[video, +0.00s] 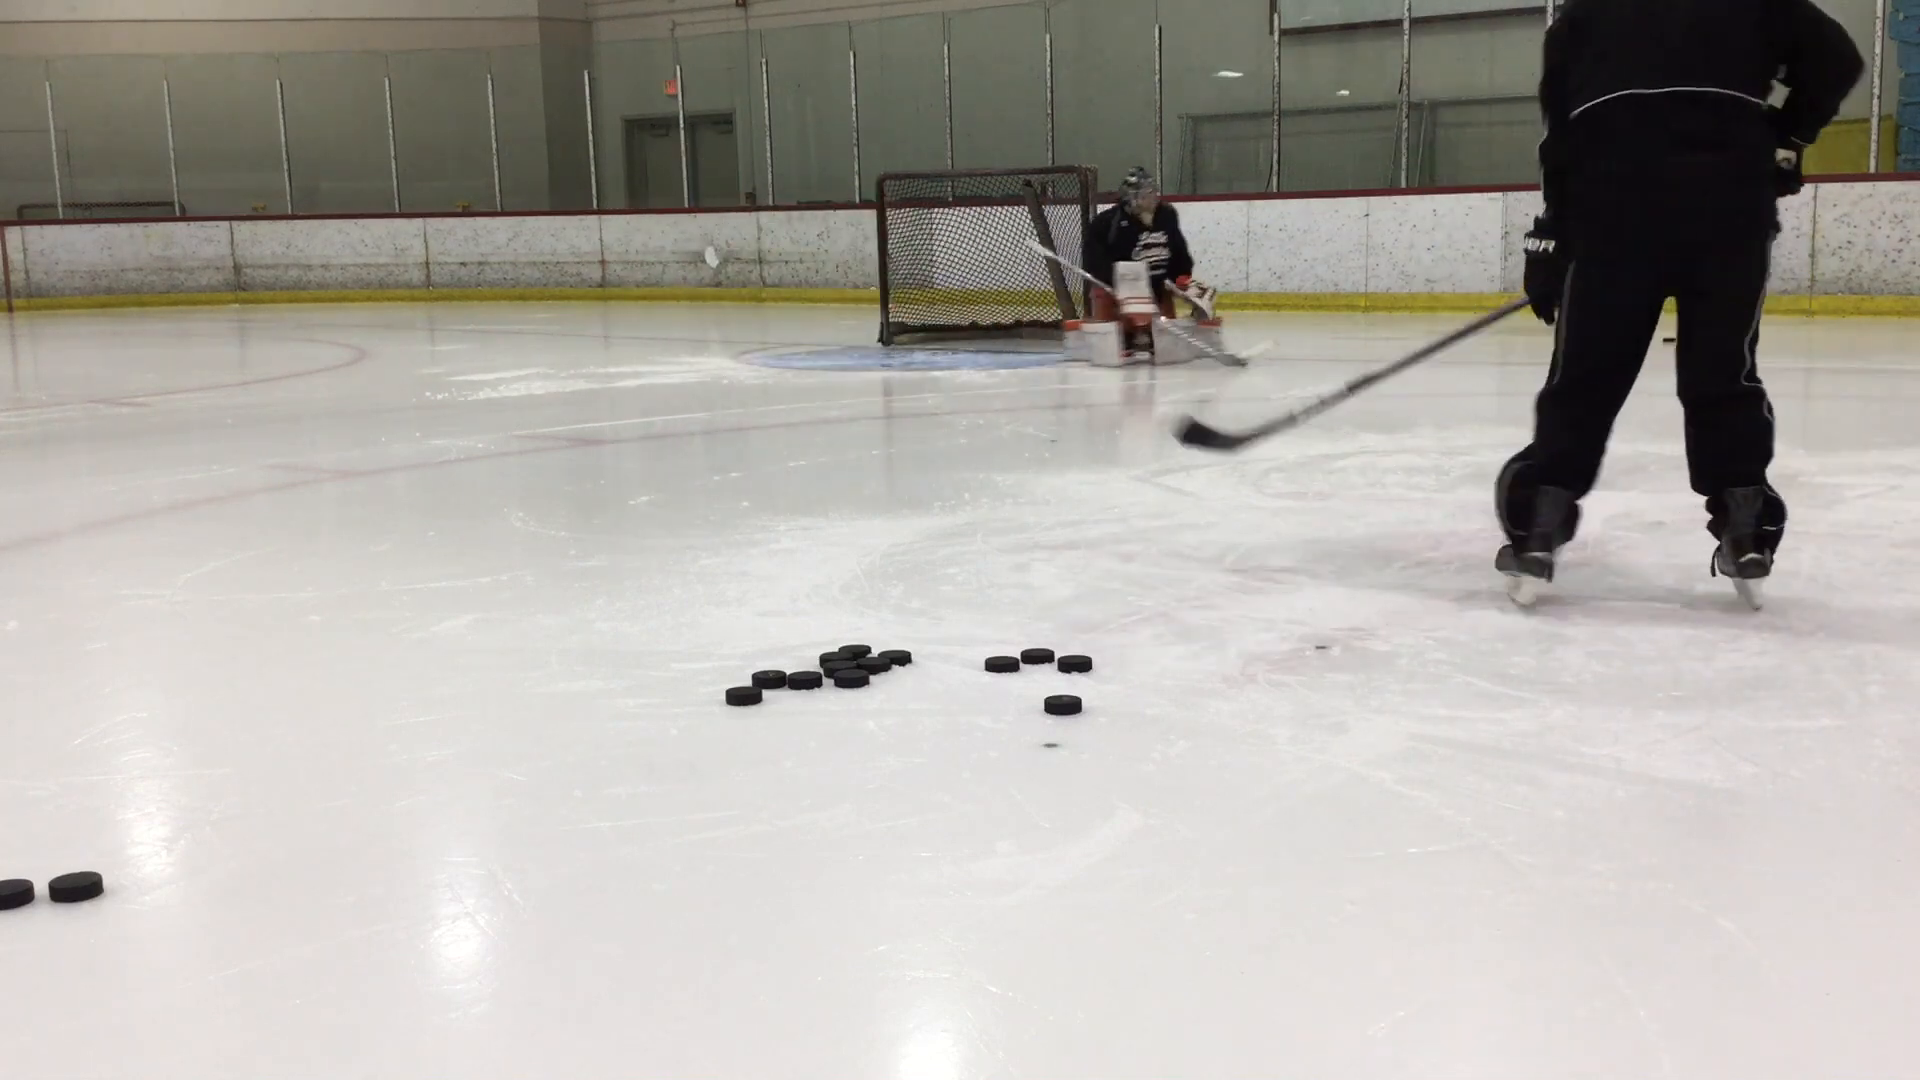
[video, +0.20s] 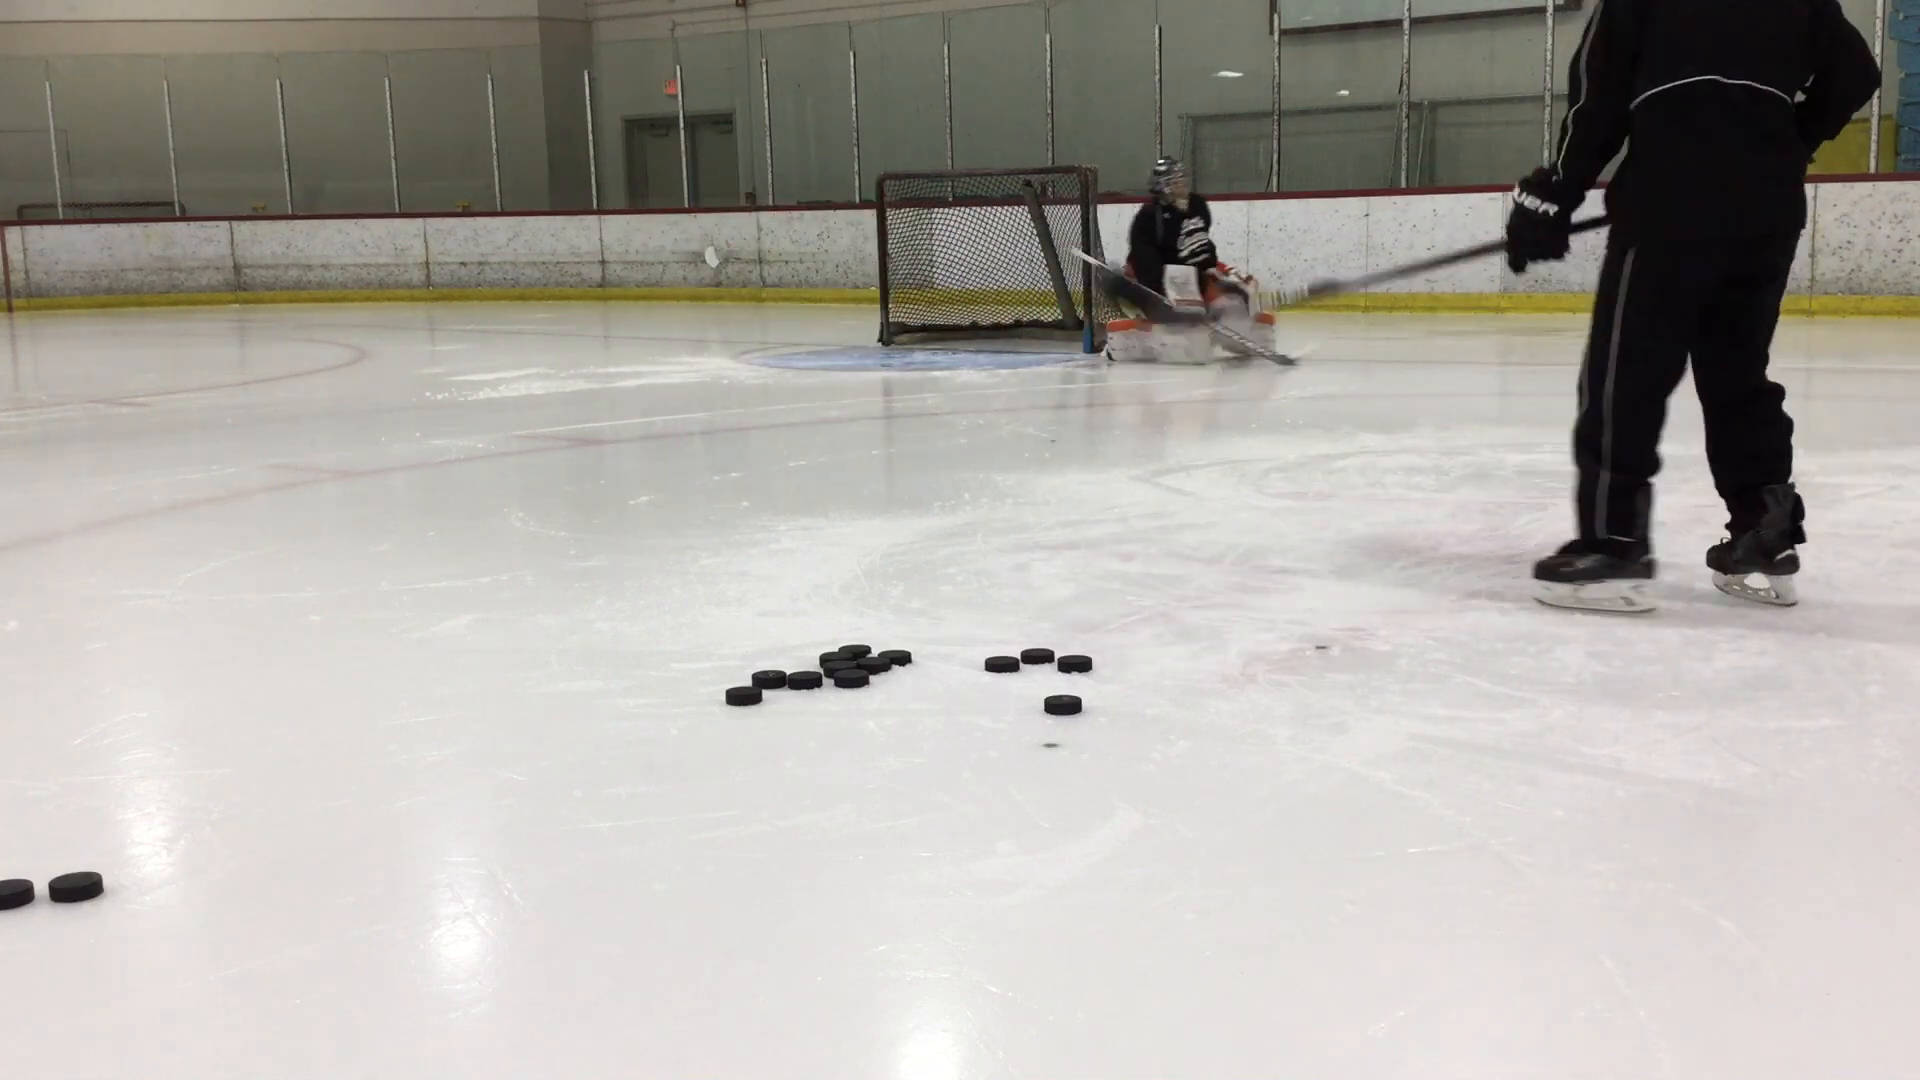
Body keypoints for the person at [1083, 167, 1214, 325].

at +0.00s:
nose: (1154, 198)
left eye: (1154, 192)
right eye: (1146, 194)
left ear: (1157, 193)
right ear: (1131, 197)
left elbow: (1180, 253)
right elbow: (1096, 269)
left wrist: (1182, 279)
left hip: (1159, 295)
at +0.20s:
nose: (1181, 187)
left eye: (1182, 181)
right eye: (1174, 183)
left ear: (1186, 181)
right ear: (1161, 187)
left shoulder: (1197, 205)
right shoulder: (1148, 217)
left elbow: (1202, 243)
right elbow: (1146, 266)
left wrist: (1213, 268)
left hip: (1195, 277)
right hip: (1160, 281)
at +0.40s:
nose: (1228, 170)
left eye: (1227, 165)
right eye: (1220, 167)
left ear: (1229, 167)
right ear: (1207, 173)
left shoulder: (1237, 195)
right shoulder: (1195, 203)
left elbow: (1236, 244)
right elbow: (1188, 260)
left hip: (1231, 265)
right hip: (1196, 272)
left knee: (1279, 286)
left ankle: (1281, 345)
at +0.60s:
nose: (1263, 164)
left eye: (1265, 158)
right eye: (1257, 159)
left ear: (1269, 160)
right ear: (1242, 163)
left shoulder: (1271, 189)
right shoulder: (1226, 190)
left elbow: (1263, 232)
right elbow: (1207, 243)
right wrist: (1217, 290)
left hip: (1256, 259)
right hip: (1223, 262)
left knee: (1291, 298)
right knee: (1239, 319)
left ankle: (1304, 339)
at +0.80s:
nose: (1263, 151)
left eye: (1266, 145)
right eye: (1258, 146)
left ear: (1270, 146)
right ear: (1242, 148)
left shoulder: (1273, 175)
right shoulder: (1224, 176)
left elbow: (1269, 221)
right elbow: (1200, 225)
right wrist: (1195, 272)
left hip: (1260, 254)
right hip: (1225, 255)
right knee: (1243, 302)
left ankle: (1306, 332)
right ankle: (1187, 347)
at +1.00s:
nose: (1235, 121)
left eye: (1235, 116)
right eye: (1229, 117)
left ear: (1232, 118)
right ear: (1213, 120)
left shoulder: (1241, 152)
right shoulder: (1194, 153)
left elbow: (1237, 198)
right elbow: (1172, 203)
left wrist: (1249, 227)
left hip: (1234, 234)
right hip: (1202, 233)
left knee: (1262, 278)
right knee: (1212, 283)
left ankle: (1287, 332)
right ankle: (1173, 334)